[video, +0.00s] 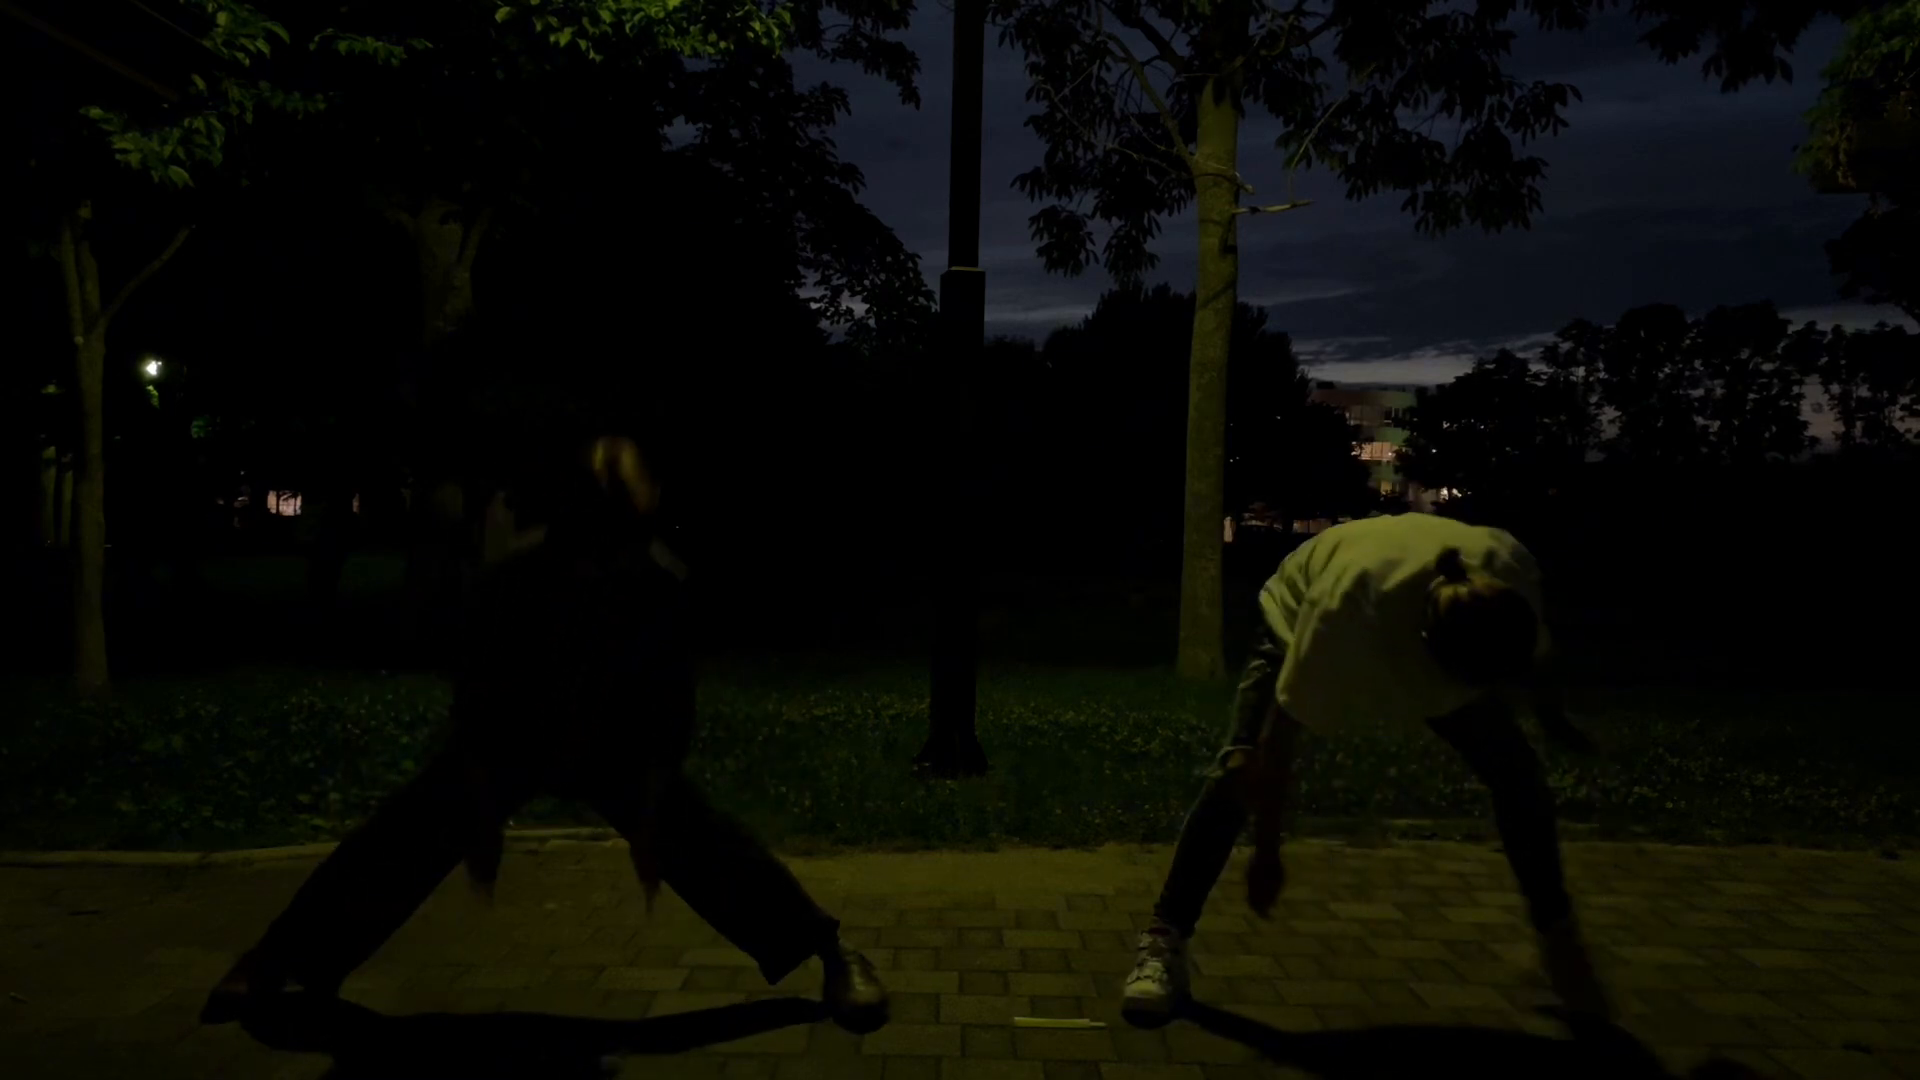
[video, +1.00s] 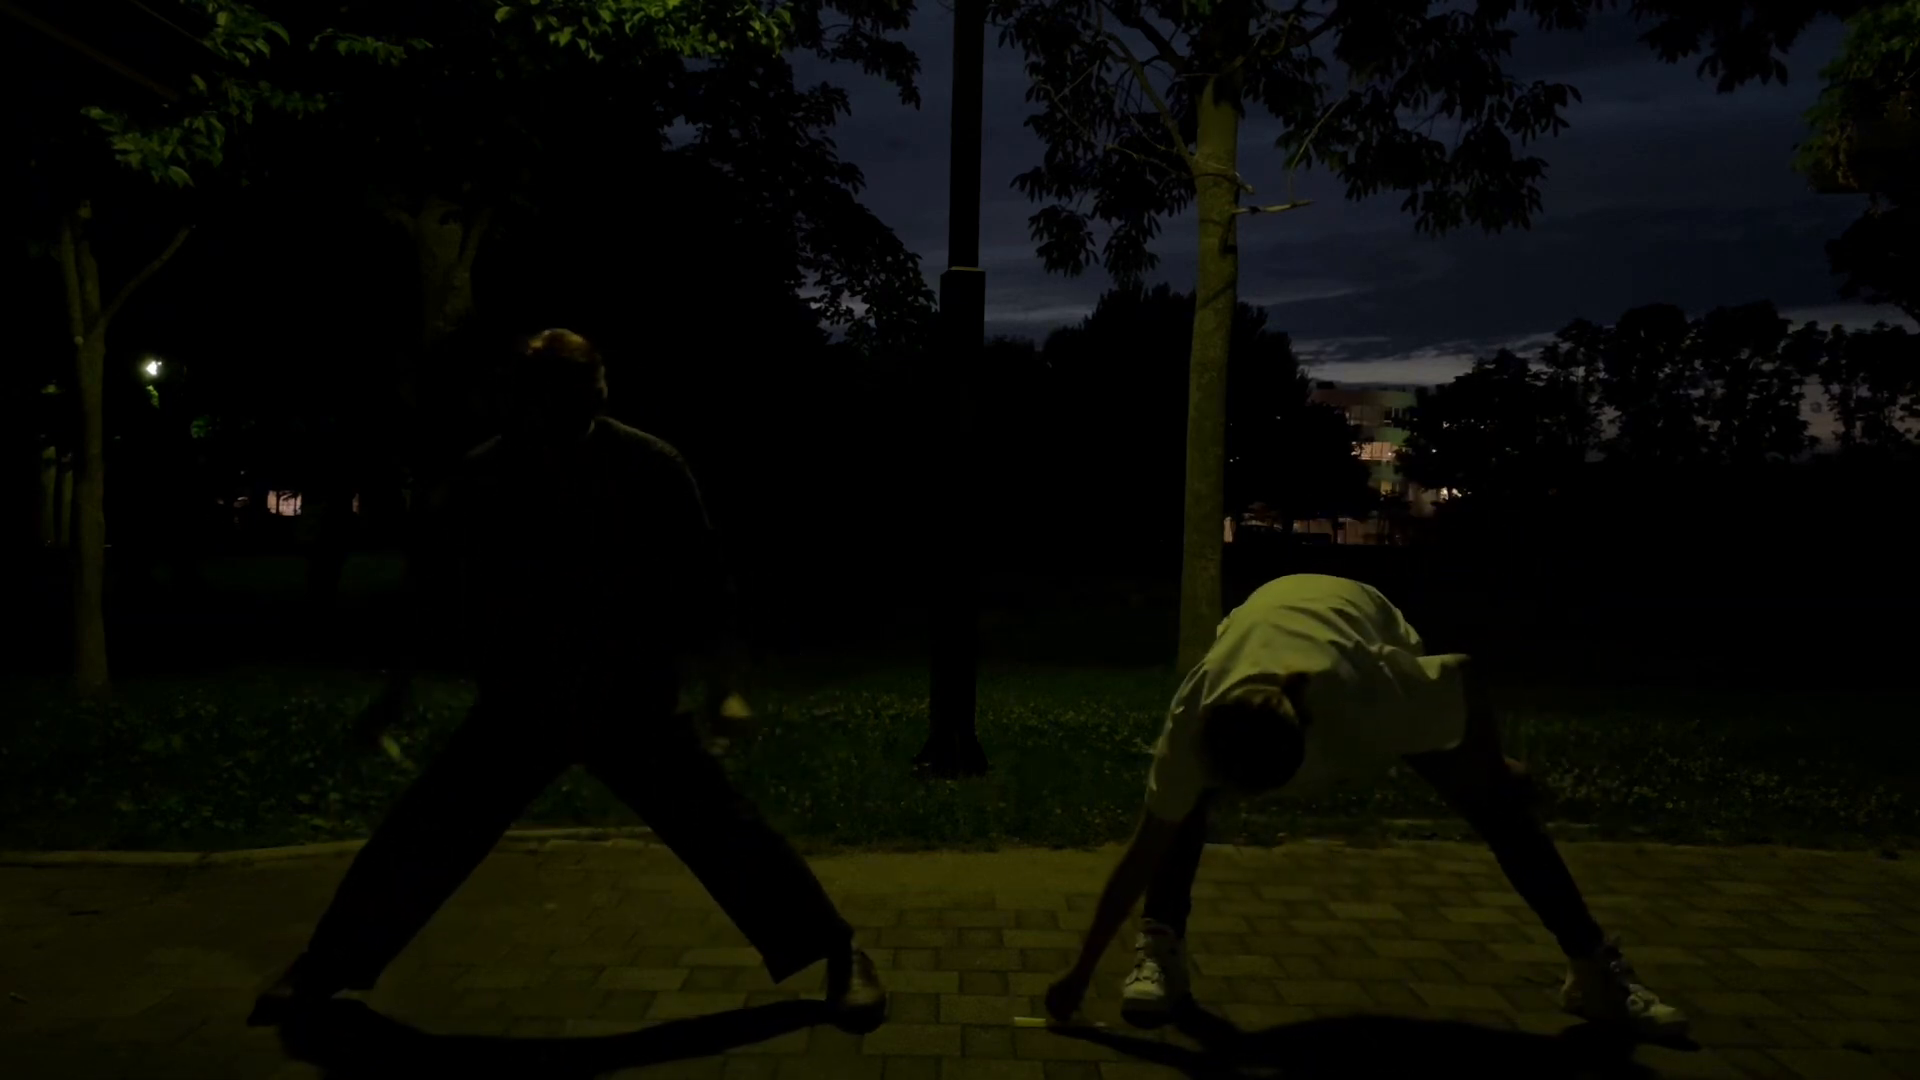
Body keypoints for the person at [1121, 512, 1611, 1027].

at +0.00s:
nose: (1478, 683)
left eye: (1488, 673)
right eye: (1469, 671)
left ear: (1516, 620)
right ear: (1440, 620)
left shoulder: (1512, 572)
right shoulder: (1354, 594)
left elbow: (1536, 669)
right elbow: (1281, 731)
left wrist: (1558, 725)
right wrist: (1267, 853)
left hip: (1422, 641)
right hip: (1304, 624)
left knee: (1518, 778)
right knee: (1241, 772)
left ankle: (1562, 951)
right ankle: (1164, 943)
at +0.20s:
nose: (1478, 717)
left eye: (1489, 703)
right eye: (1467, 700)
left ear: (1514, 664)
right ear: (1434, 659)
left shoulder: (1518, 601)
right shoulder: (1345, 631)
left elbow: (1536, 680)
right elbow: (1252, 742)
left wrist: (1558, 743)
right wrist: (1221, 826)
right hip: (1334, 644)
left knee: (1554, 807)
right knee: (1245, 805)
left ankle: (1600, 972)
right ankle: (1165, 951)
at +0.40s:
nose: (1472, 760)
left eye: (1482, 744)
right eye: (1459, 748)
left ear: (1503, 696)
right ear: (1420, 703)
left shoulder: (1538, 643)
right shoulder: (1349, 660)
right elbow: (1241, 787)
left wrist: (1557, 742)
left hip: (1468, 606)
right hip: (1337, 621)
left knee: (1557, 803)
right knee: (1253, 796)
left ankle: (1601, 972)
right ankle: (1167, 946)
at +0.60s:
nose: (1381, 776)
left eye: (1398, 764)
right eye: (1367, 765)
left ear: (1431, 716)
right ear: (1337, 723)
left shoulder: (1483, 662)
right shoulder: (1286, 686)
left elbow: (1544, 641)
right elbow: (1215, 793)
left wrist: (1543, 748)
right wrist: (1147, 909)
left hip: (1409, 598)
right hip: (1298, 613)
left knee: (1533, 802)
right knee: (1231, 798)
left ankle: (1601, 973)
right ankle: (1163, 952)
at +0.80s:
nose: (1298, 780)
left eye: (1312, 767)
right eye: (1284, 766)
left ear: (1341, 723)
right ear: (1255, 741)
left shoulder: (1411, 687)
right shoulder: (1219, 723)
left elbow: (1500, 663)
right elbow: (1157, 830)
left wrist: (1513, 759)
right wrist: (1094, 943)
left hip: (1383, 614)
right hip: (1267, 617)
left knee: (1508, 807)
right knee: (1191, 802)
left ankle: (1601, 972)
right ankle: (1161, 958)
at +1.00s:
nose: (1238, 794)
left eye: (1258, 780)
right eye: (1227, 776)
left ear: (1293, 732)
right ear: (1216, 744)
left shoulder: (1376, 688)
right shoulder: (1187, 733)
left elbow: (1470, 680)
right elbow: (1145, 850)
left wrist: (1499, 765)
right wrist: (1082, 970)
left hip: (1365, 618)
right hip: (1251, 625)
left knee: (1497, 808)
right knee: (1180, 804)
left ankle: (1601, 973)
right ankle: (1162, 960)